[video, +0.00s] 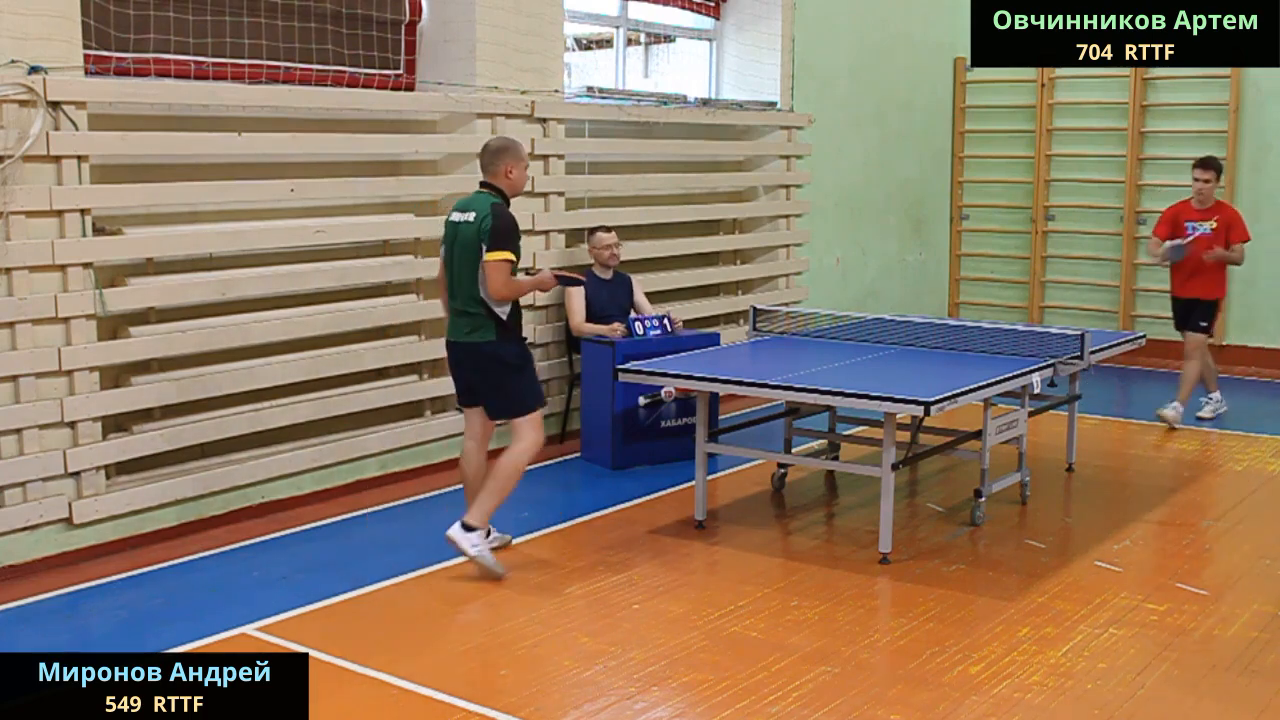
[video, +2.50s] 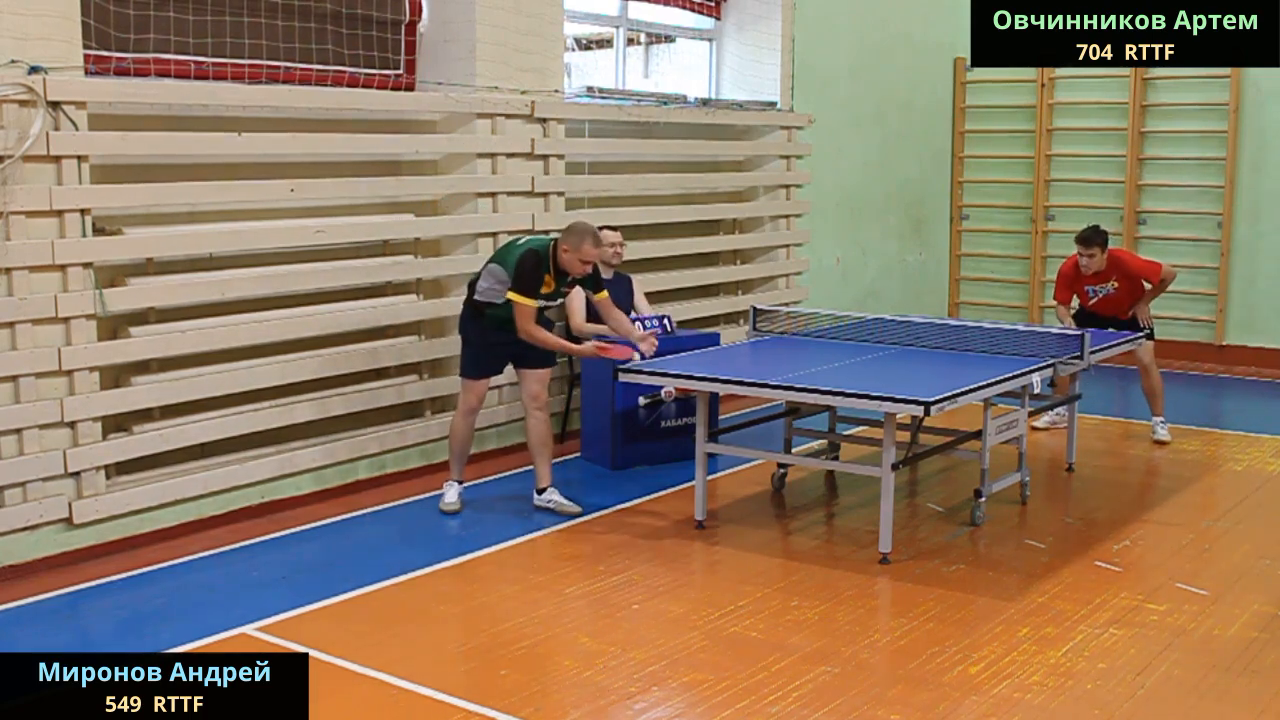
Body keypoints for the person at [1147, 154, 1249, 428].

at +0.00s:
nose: (1199, 186)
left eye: (1206, 182)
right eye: (1196, 180)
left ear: (1217, 184)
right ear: (1191, 181)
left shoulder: (1229, 215)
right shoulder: (1175, 212)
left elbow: (1239, 255)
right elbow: (1153, 246)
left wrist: (1222, 254)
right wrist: (1165, 252)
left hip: (1208, 293)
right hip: (1180, 292)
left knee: (1193, 347)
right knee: (1197, 347)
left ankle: (1178, 406)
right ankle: (1215, 398)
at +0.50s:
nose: (1135, 185)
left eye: (1141, 180)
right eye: (1131, 178)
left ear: (1154, 183)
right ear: (1125, 179)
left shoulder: (1166, 214)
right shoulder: (1114, 213)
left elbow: (1189, 251)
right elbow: (1101, 245)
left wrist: (1170, 269)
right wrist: (1090, 261)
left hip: (1155, 299)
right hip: (1120, 297)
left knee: (1163, 354)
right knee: (1096, 354)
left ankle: (1168, 413)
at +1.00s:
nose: (1067, 203)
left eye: (1074, 198)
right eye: (1064, 197)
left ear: (1088, 199)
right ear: (1061, 198)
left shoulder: (1109, 223)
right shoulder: (1054, 231)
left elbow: (1144, 246)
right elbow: (1046, 263)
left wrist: (1130, 284)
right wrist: (1045, 278)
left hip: (1116, 305)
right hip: (1078, 306)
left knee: (1139, 358)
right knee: (1061, 360)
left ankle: (1155, 415)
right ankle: (1059, 411)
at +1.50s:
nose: (1094, 245)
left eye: (1100, 239)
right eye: (1090, 238)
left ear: (1112, 237)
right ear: (1085, 236)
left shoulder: (1130, 250)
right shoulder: (1076, 259)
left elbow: (1175, 269)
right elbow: (1070, 293)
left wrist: (1152, 297)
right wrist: (1074, 314)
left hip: (1137, 310)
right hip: (1098, 310)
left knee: (1150, 359)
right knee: (1065, 352)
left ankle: (1159, 421)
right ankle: (1061, 410)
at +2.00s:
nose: (1088, 264)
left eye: (1095, 259)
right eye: (1084, 258)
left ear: (1109, 257)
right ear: (1080, 254)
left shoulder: (1127, 263)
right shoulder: (1072, 271)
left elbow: (1172, 276)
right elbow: (1065, 308)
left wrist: (1147, 302)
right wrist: (1071, 320)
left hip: (1132, 317)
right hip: (1093, 316)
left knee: (1147, 360)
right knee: (1063, 355)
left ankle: (1158, 421)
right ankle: (1060, 410)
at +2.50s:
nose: (1084, 262)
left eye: (1090, 256)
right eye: (1080, 255)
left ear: (1105, 253)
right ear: (1076, 251)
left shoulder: (1123, 261)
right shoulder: (1069, 269)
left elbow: (1168, 274)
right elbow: (1061, 305)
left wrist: (1145, 302)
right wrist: (1068, 323)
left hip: (1130, 316)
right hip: (1091, 315)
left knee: (1146, 361)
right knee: (1062, 352)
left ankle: (1158, 421)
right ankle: (1060, 410)